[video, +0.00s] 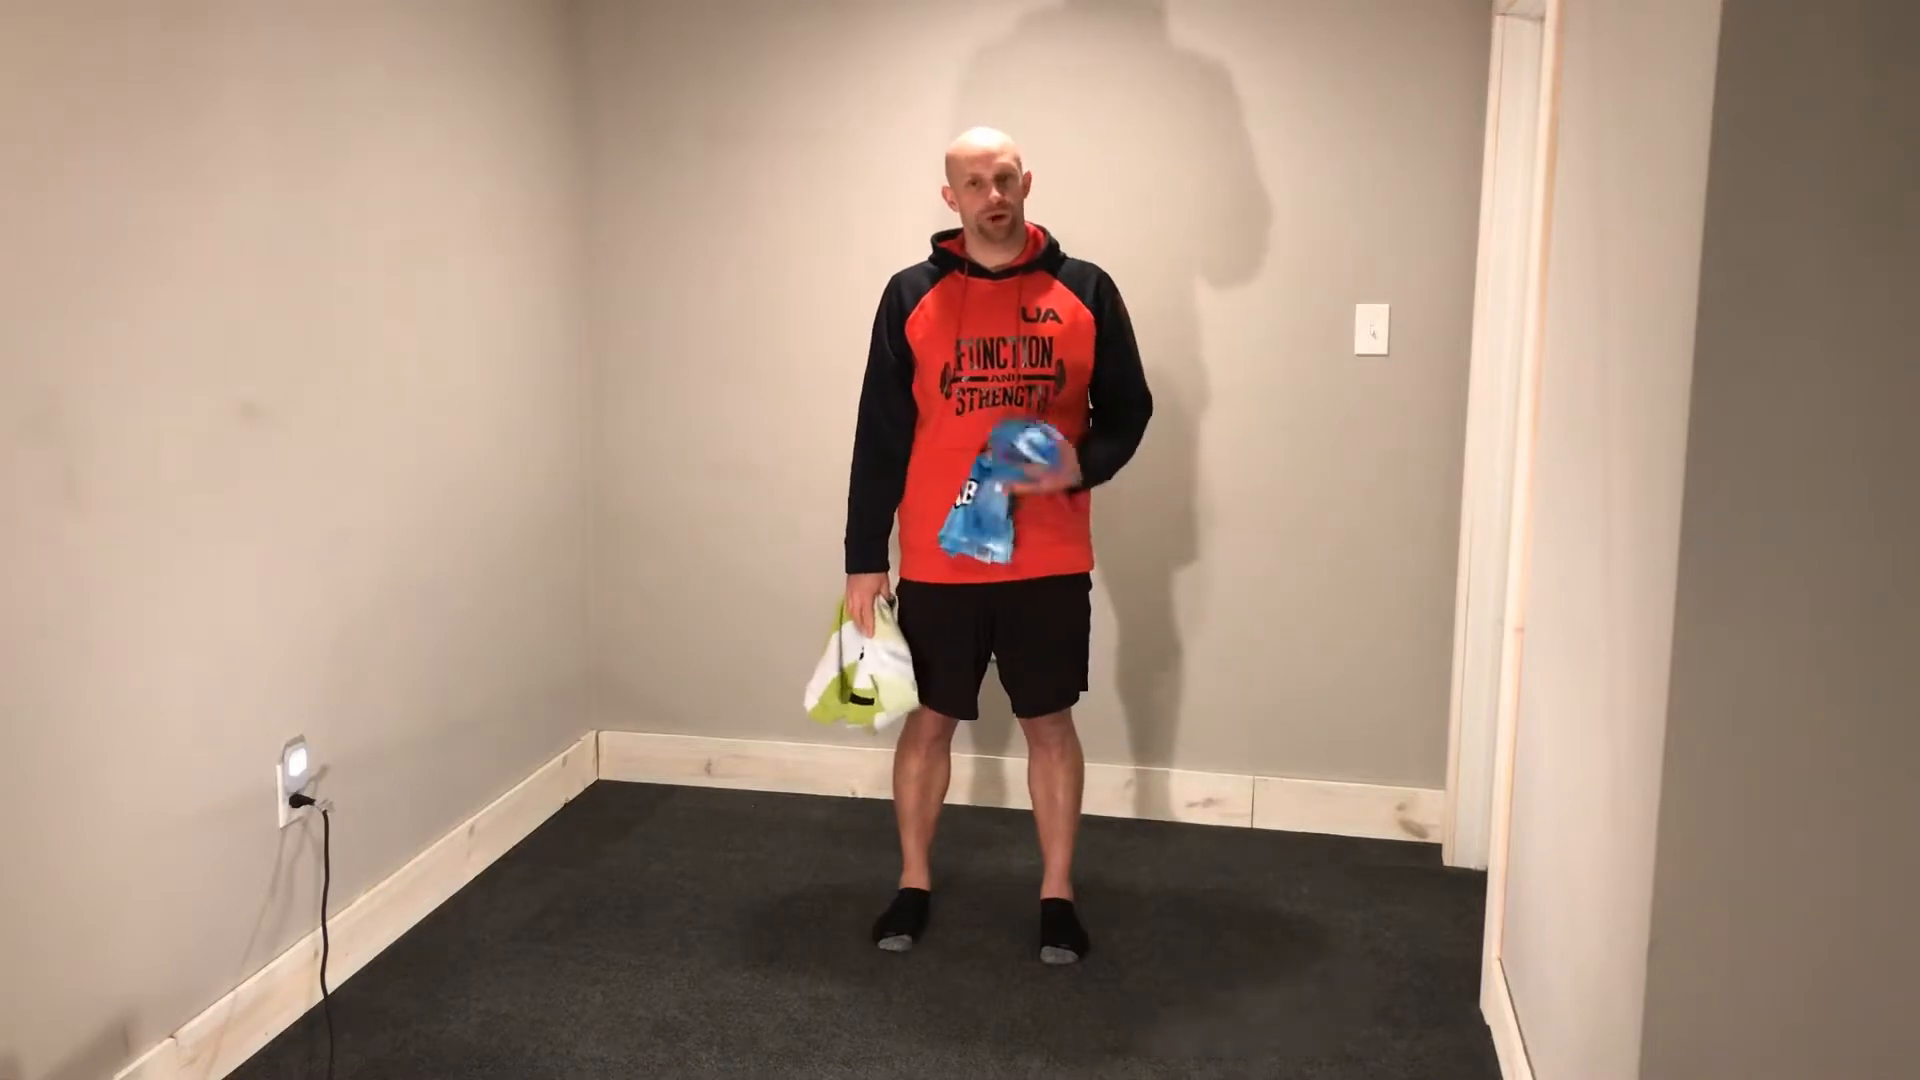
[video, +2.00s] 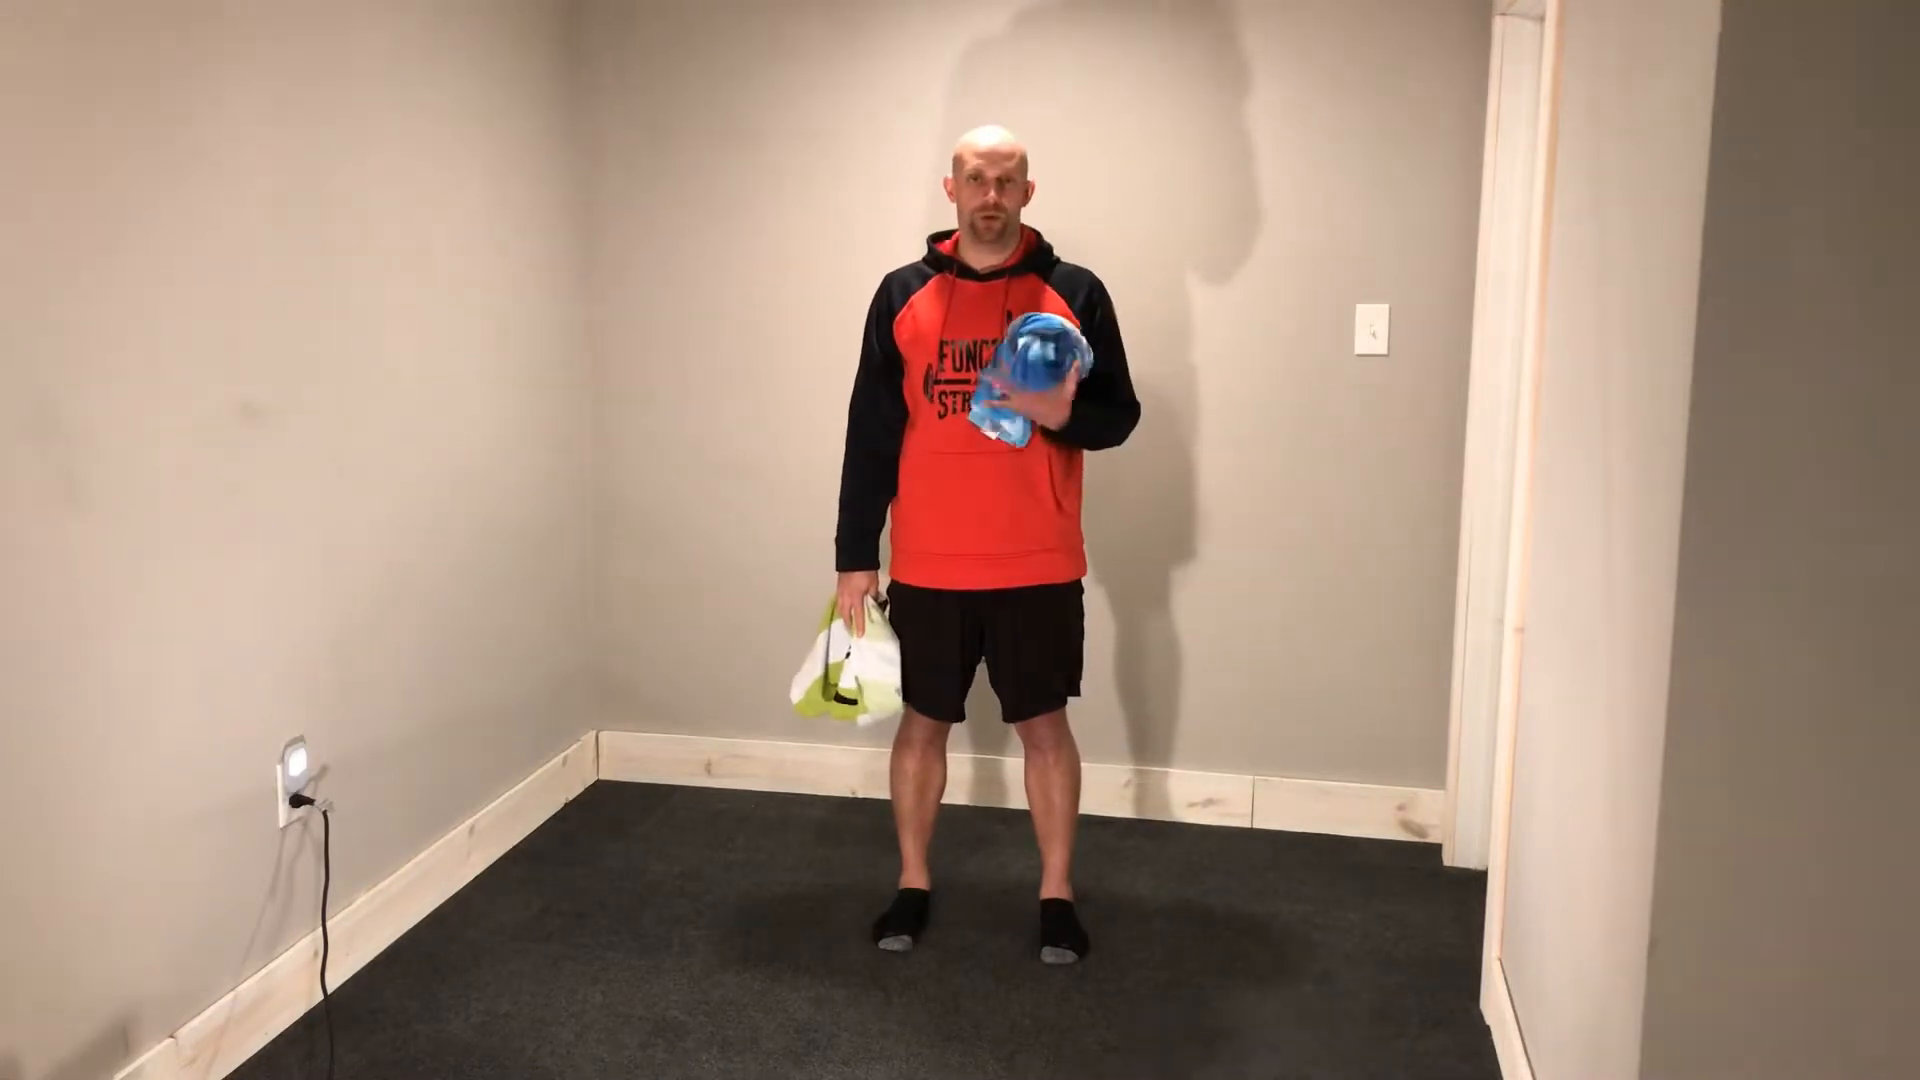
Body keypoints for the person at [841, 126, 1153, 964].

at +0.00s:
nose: (994, 194)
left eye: (1005, 179)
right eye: (977, 182)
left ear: (1027, 185)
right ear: (950, 196)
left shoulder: (1085, 290)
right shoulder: (911, 296)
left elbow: (1127, 410)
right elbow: (880, 434)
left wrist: (1078, 469)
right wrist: (864, 559)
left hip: (1044, 553)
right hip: (939, 556)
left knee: (1048, 723)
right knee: (928, 720)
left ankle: (1057, 896)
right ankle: (912, 886)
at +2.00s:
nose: (993, 194)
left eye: (1007, 181)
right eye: (979, 180)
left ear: (1027, 191)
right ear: (952, 188)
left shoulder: (1076, 294)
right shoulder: (904, 294)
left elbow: (1119, 417)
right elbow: (871, 431)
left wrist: (1065, 414)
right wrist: (856, 555)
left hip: (1036, 563)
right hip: (931, 563)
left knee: (1043, 726)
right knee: (923, 724)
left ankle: (1058, 896)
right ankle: (911, 888)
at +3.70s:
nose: (986, 205)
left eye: (1000, 187)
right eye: (970, 190)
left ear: (1030, 185)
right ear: (951, 194)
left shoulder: (1090, 293)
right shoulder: (913, 294)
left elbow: (1128, 403)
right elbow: (854, 402)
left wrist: (1091, 445)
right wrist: (805, 500)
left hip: (1045, 559)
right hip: (938, 558)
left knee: (1048, 723)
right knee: (927, 718)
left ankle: (1058, 898)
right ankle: (912, 887)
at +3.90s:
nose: (962, 222)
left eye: (976, 206)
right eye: (953, 205)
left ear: (1026, 191)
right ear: (946, 199)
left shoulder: (1091, 296)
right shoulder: (918, 288)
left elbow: (1131, 409)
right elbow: (850, 366)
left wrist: (1091, 444)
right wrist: (778, 386)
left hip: (1043, 558)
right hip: (937, 555)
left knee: (1046, 721)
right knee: (927, 716)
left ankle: (1058, 897)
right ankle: (912, 888)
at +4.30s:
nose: (973, 216)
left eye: (987, 199)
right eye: (964, 199)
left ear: (1036, 190)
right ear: (957, 197)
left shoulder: (1093, 300)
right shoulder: (917, 280)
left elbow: (1130, 413)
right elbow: (831, 320)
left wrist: (1087, 458)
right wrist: (764, 265)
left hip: (1039, 560)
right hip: (932, 553)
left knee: (1044, 721)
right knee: (926, 716)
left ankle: (1058, 898)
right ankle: (912, 886)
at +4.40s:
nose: (977, 214)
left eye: (992, 197)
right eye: (967, 198)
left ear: (1037, 190)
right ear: (959, 196)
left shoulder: (1092, 300)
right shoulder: (916, 281)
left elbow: (1131, 416)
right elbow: (822, 302)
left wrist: (1085, 453)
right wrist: (761, 239)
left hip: (1037, 559)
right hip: (932, 551)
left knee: (1044, 721)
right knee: (926, 716)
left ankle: (1057, 899)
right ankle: (913, 888)